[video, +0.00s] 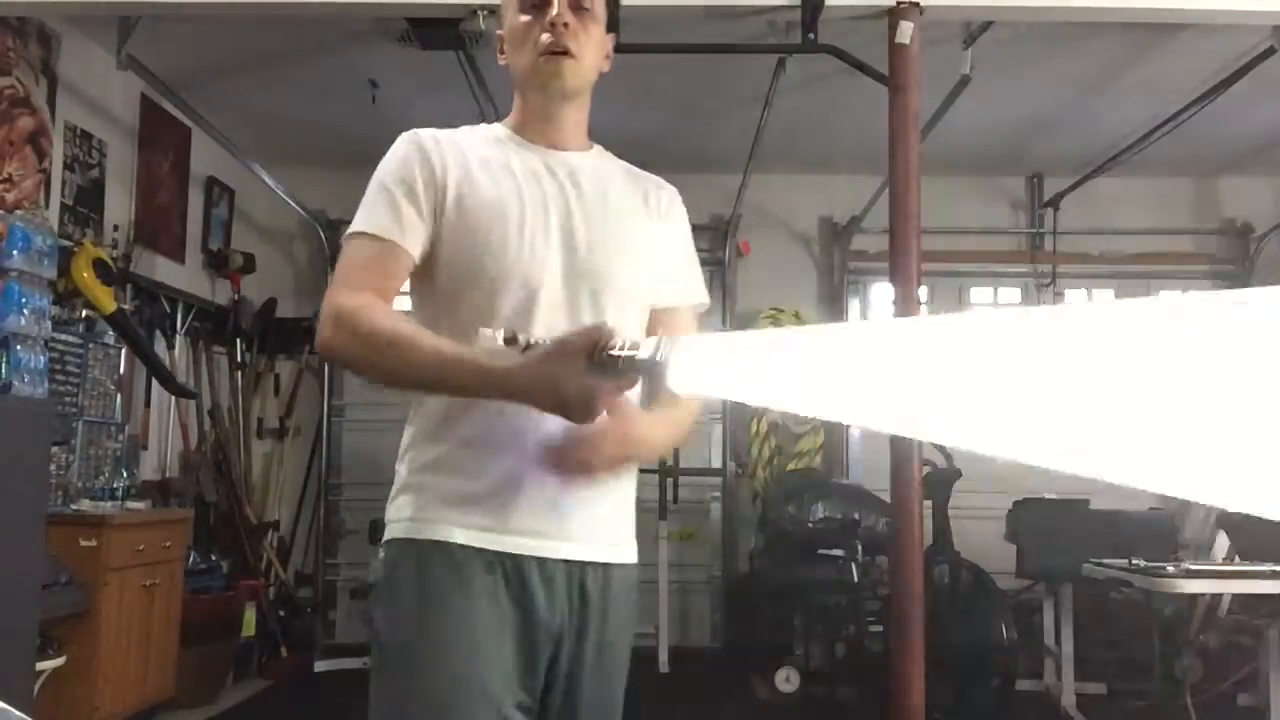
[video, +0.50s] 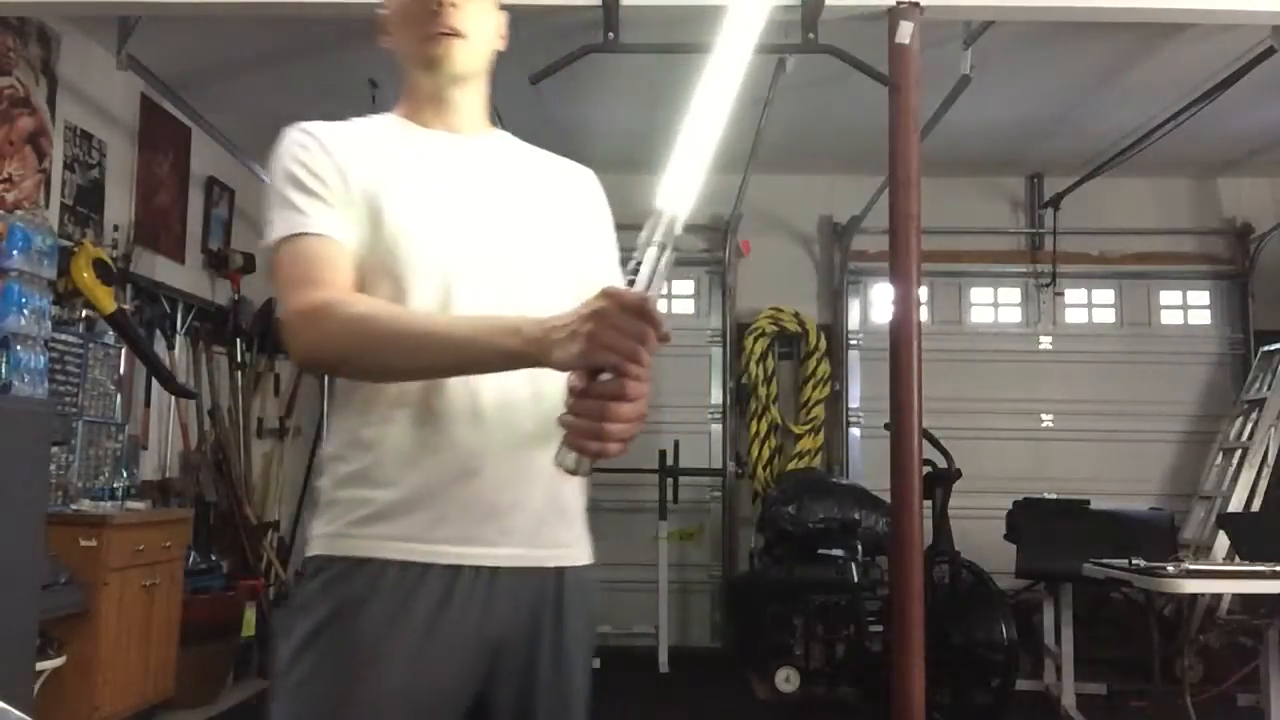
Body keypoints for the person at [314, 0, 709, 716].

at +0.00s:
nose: (558, 16)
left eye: (581, 6)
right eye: (534, 5)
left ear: (608, 50)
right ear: (501, 43)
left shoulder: (656, 204)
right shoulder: (430, 158)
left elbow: (684, 386)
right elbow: (345, 323)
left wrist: (640, 436)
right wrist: (520, 377)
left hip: (601, 562)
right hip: (453, 553)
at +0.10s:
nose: (545, 15)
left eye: (570, 6)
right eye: (523, 4)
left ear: (599, 49)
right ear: (490, 41)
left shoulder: (652, 201)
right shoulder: (422, 158)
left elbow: (686, 384)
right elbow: (344, 310)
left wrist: (626, 415)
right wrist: (535, 348)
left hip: (599, 564)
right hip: (447, 555)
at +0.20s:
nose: (529, 12)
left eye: (554, 4)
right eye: (507, 2)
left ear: (585, 47)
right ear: (476, 41)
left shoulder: (642, 196)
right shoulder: (411, 158)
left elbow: (680, 374)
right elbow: (348, 308)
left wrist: (622, 405)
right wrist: (556, 326)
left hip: (596, 562)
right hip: (441, 555)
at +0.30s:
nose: (509, 11)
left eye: (532, 2)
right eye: (485, 2)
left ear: (565, 42)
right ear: (456, 40)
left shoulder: (626, 195)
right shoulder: (390, 157)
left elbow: (664, 358)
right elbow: (345, 316)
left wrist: (649, 399)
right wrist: (550, 315)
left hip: (587, 564)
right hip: (430, 559)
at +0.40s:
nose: (480, 8)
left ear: (536, 34)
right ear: (425, 31)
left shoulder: (605, 192)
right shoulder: (362, 156)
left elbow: (633, 358)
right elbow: (336, 323)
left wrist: (636, 399)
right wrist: (558, 326)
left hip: (574, 572)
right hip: (411, 568)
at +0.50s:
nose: (444, 5)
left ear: (502, 29)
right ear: (384, 25)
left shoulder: (574, 187)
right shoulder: (323, 150)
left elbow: (611, 354)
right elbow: (312, 326)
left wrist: (617, 405)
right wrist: (542, 338)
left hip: (548, 576)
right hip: (376, 572)